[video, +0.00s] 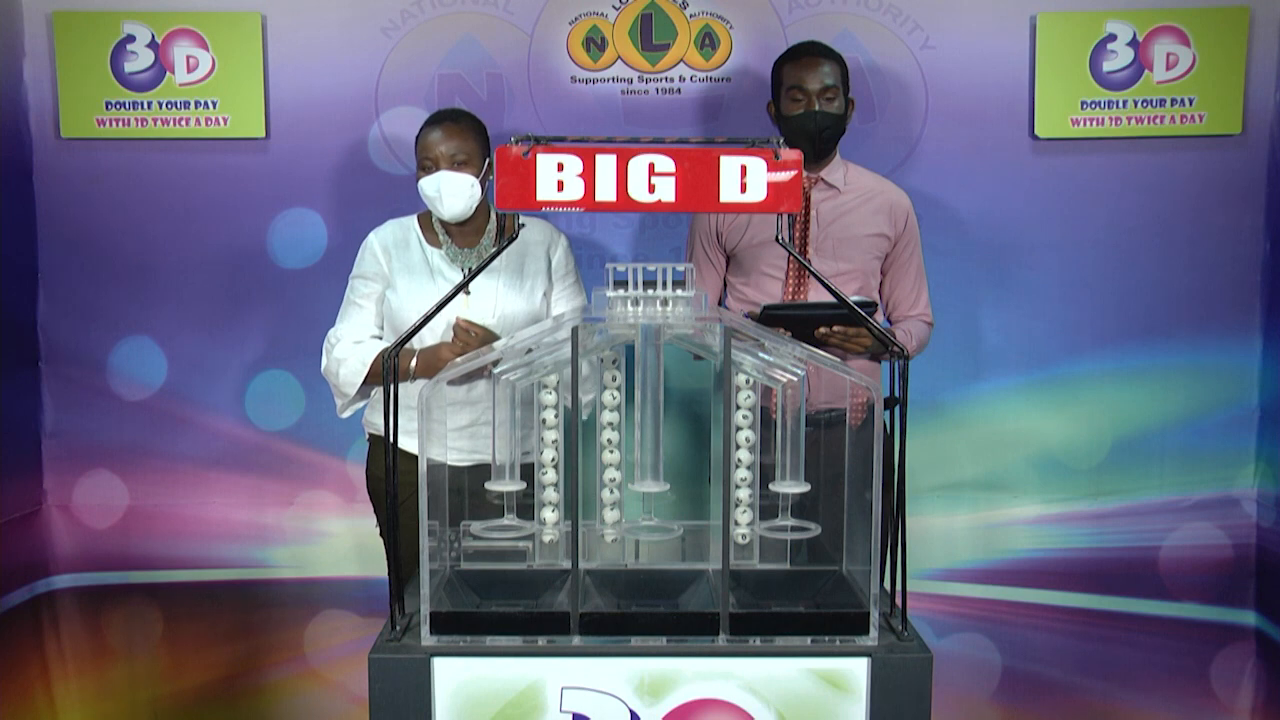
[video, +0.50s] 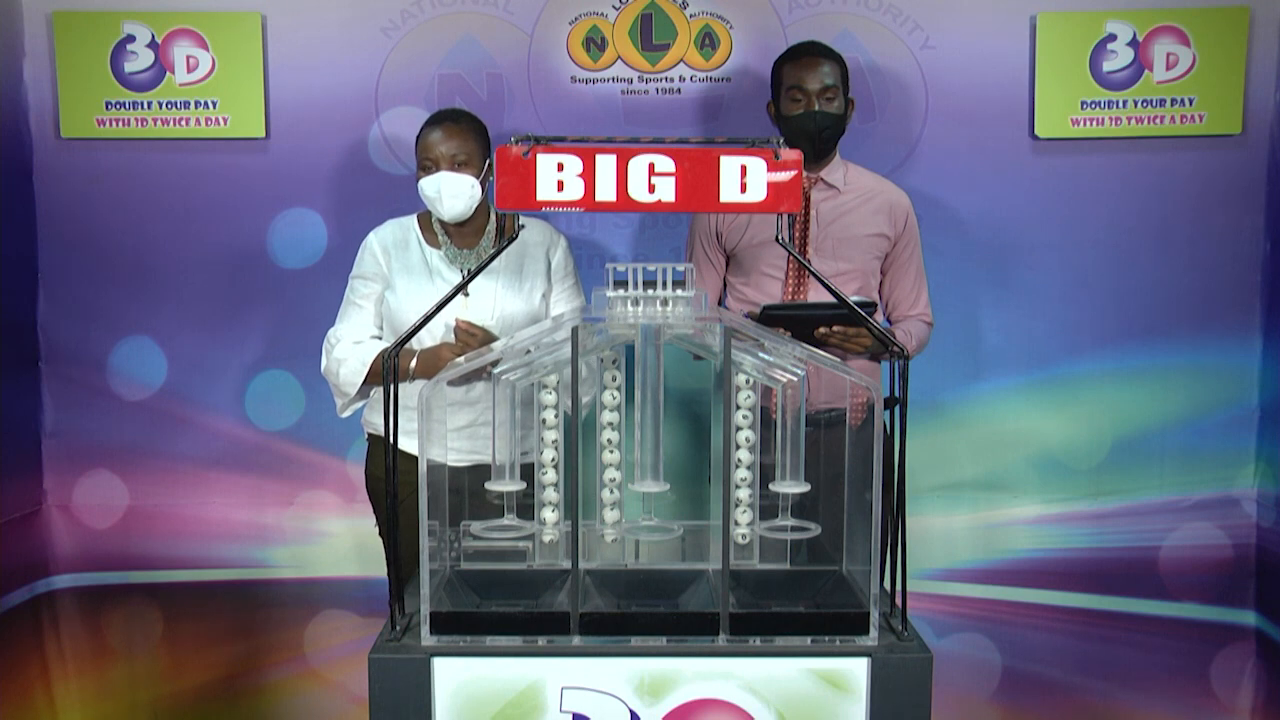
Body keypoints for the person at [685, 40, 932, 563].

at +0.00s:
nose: (813, 108)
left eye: (829, 94)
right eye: (796, 95)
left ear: (848, 108)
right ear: (774, 109)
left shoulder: (888, 205)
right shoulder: (726, 201)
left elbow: (915, 321)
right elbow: (696, 319)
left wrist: (876, 342)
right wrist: (761, 340)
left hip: (844, 419)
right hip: (751, 419)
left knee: (845, 584)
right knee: (753, 581)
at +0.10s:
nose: (813, 108)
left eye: (829, 94)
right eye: (796, 95)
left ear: (848, 108)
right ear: (774, 109)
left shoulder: (888, 205)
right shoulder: (726, 200)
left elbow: (915, 320)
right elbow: (696, 319)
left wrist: (876, 342)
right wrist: (761, 340)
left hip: (844, 417)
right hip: (751, 417)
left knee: (845, 581)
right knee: (753, 579)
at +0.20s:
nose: (813, 108)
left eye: (829, 94)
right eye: (796, 95)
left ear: (848, 108)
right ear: (774, 109)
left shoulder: (888, 204)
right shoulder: (726, 200)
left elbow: (915, 320)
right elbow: (696, 319)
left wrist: (876, 342)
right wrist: (761, 340)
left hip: (843, 417)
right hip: (752, 417)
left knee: (845, 581)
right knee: (753, 579)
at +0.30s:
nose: (813, 108)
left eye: (829, 94)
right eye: (796, 95)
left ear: (848, 108)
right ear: (774, 109)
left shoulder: (888, 205)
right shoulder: (726, 201)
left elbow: (914, 320)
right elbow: (696, 319)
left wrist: (876, 342)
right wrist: (760, 340)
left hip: (844, 417)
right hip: (752, 417)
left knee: (844, 581)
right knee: (753, 579)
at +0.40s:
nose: (813, 108)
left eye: (828, 94)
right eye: (796, 95)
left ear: (848, 108)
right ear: (774, 109)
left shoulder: (888, 205)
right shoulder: (726, 201)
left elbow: (914, 320)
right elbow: (695, 319)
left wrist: (877, 342)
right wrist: (759, 340)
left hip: (844, 418)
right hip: (751, 419)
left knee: (845, 583)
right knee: (753, 581)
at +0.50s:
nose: (813, 108)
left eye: (828, 94)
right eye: (796, 95)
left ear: (848, 108)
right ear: (774, 109)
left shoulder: (888, 204)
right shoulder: (726, 200)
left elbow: (914, 320)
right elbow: (696, 318)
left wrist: (876, 342)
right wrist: (761, 340)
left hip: (843, 416)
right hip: (752, 416)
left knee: (844, 580)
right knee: (753, 578)